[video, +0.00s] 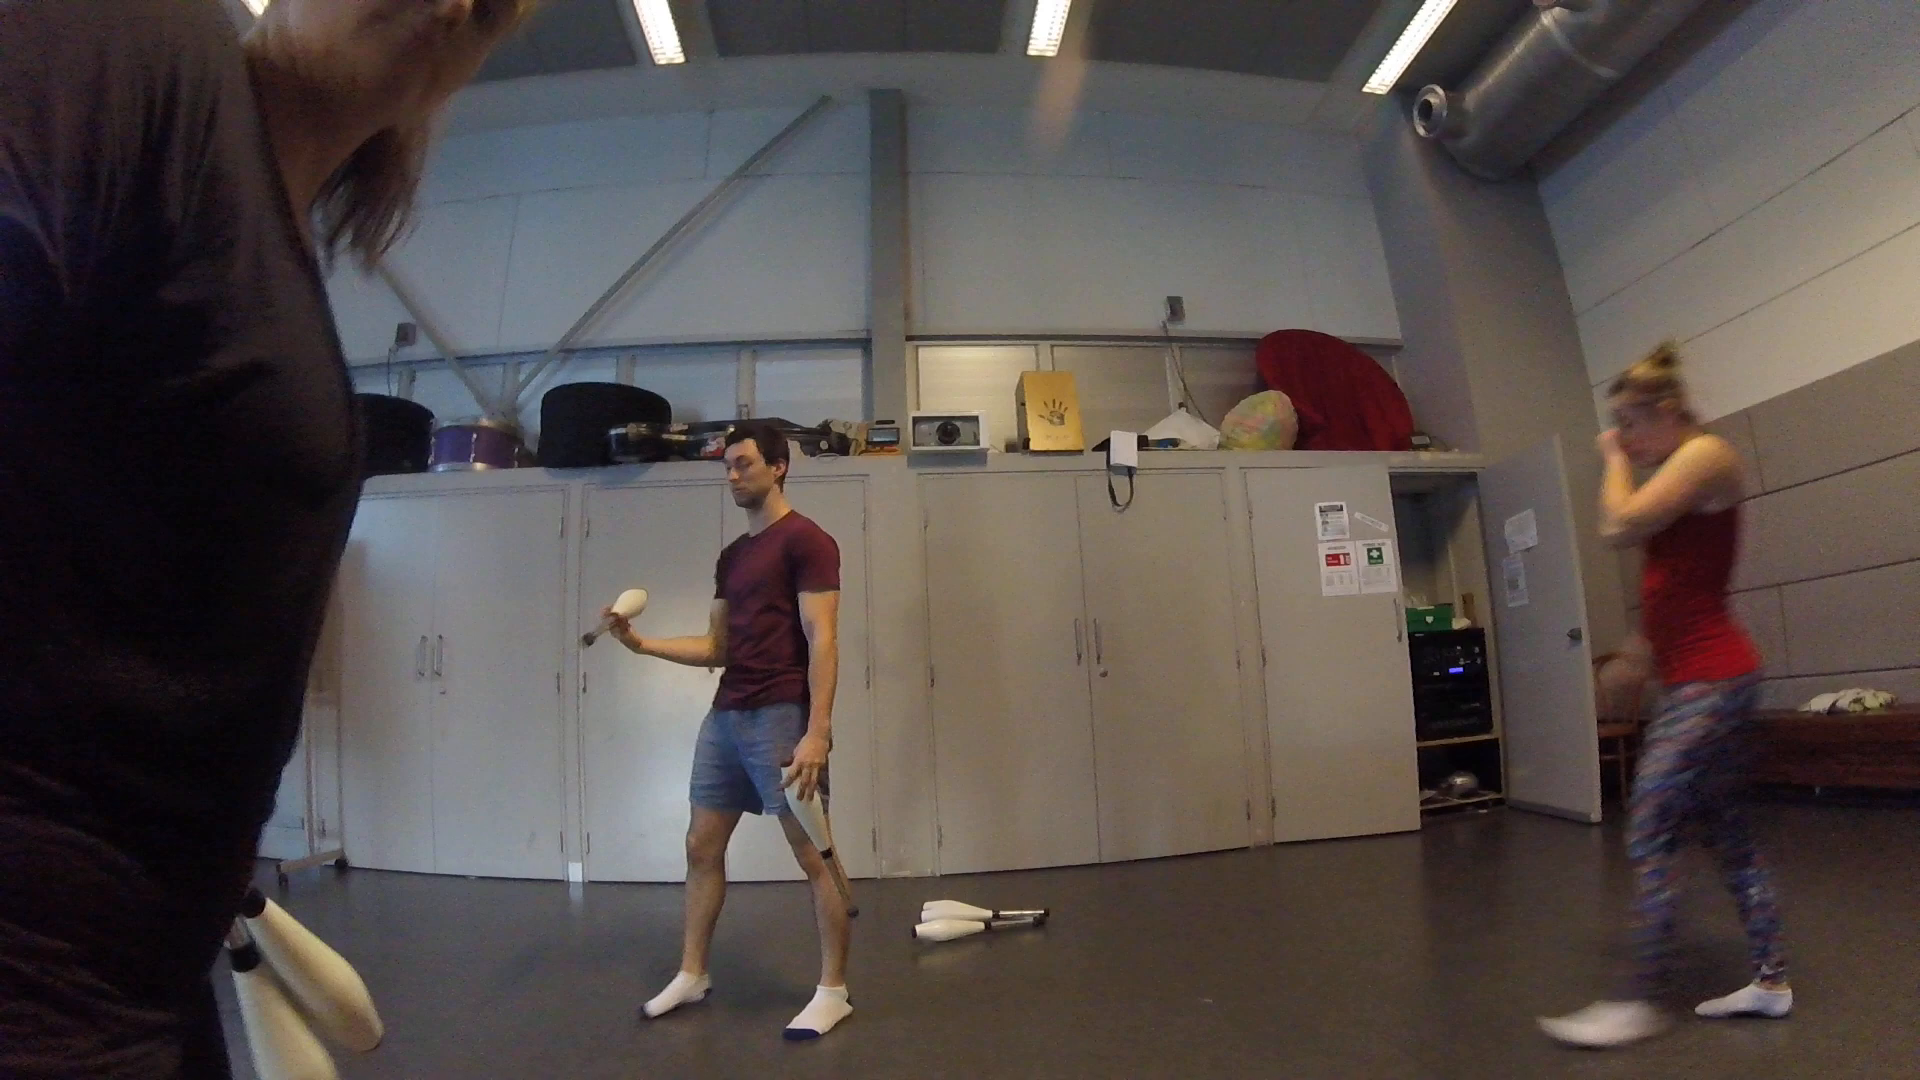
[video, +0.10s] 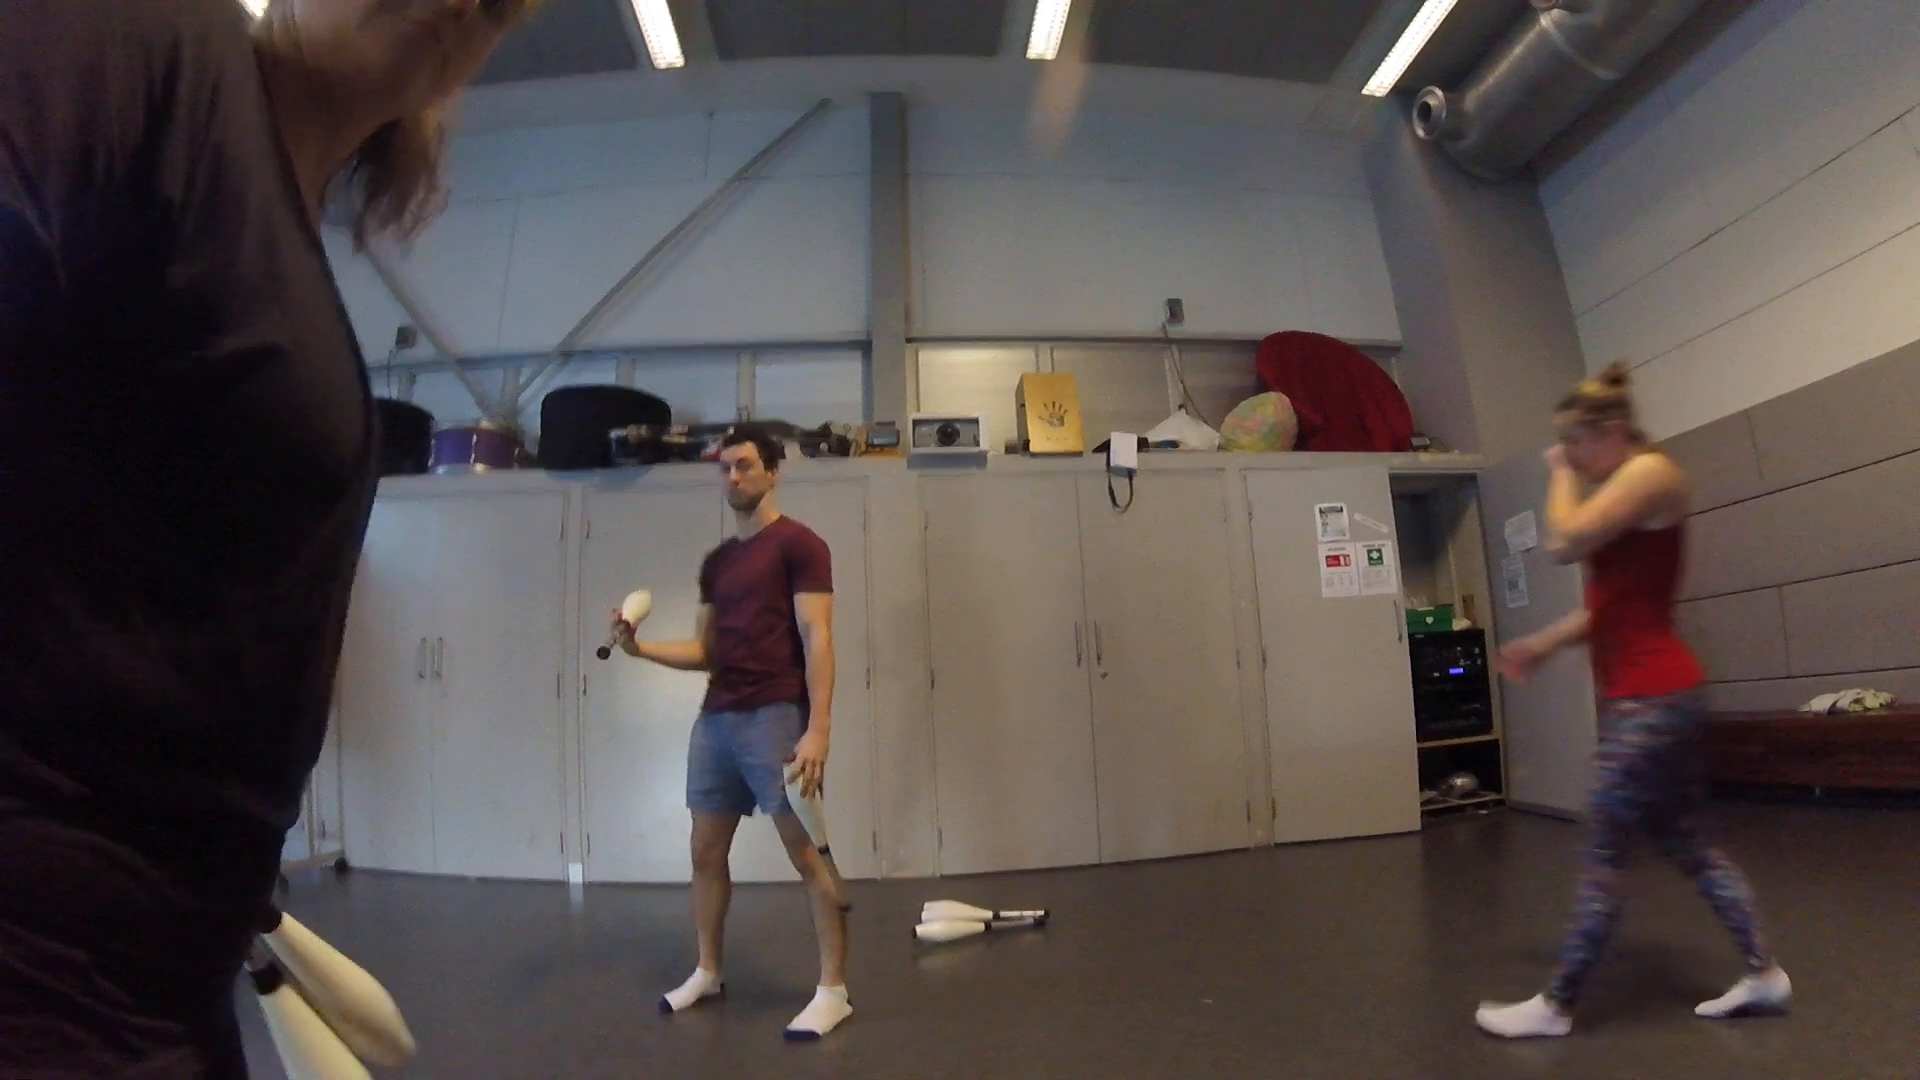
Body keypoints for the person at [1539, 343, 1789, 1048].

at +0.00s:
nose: (1624, 437)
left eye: (1636, 421)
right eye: (1620, 425)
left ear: (1674, 411)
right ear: (1629, 428)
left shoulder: (1707, 455)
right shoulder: (1670, 470)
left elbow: (1620, 522)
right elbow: (1676, 581)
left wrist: (1611, 456)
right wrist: (1638, 657)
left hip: (1712, 676)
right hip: (1691, 675)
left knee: (1650, 828)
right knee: (1728, 829)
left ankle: (1640, 997)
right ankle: (1770, 980)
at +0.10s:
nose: (1570, 457)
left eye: (1576, 444)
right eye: (1567, 447)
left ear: (1614, 431)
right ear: (1599, 436)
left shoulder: (1651, 472)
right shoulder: (1626, 485)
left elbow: (1564, 539)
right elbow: (1612, 603)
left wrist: (1560, 471)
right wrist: (1544, 642)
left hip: (1652, 693)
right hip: (1640, 691)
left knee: (1606, 843)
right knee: (1684, 836)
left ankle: (1557, 1002)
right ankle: (1763, 973)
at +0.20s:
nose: (1515, 463)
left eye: (1521, 449)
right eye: (1512, 451)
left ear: (1555, 438)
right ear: (1555, 442)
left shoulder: (1590, 479)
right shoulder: (1577, 486)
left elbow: (1508, 544)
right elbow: (1568, 605)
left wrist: (1500, 483)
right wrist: (1507, 651)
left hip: (1588, 694)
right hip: (1594, 689)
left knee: (1555, 842)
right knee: (1598, 841)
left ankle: (1552, 1004)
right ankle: (1709, 943)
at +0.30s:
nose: (1458, 470)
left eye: (1462, 457)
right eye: (1455, 459)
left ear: (1493, 444)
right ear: (1496, 446)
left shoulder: (1528, 485)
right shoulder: (1526, 487)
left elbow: (1445, 543)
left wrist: (1445, 486)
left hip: (1538, 692)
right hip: (1534, 687)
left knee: (1523, 841)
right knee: (1518, 830)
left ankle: (1549, 1003)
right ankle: (1595, 941)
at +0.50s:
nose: (1365, 496)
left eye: (1367, 483)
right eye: (1363, 485)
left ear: (1391, 468)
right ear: (1411, 468)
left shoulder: (1421, 508)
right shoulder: (1465, 523)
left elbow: (1343, 575)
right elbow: (1513, 606)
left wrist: (1357, 516)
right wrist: (1563, 675)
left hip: (1452, 712)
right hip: (1443, 710)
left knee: (1480, 852)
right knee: (1413, 846)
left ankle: (1548, 995)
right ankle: (1373, 969)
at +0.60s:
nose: (1347, 504)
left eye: (1350, 490)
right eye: (1347, 492)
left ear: (1378, 478)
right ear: (1391, 478)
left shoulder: (1404, 518)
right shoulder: (1450, 526)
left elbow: (1337, 589)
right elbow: (1507, 607)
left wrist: (1347, 530)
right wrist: (1560, 669)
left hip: (1427, 711)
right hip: (1435, 705)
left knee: (1428, 846)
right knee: (1414, 844)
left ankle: (1552, 969)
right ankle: (1389, 969)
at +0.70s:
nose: (1310, 510)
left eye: (1311, 498)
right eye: (1307, 499)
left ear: (1336, 484)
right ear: (1349, 482)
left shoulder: (1362, 526)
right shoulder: (1403, 530)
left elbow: (1308, 602)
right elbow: (1445, 618)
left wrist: (1306, 539)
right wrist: (1476, 686)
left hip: (1382, 711)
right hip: (1408, 703)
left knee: (1356, 847)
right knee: (1394, 842)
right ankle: (1388, 972)